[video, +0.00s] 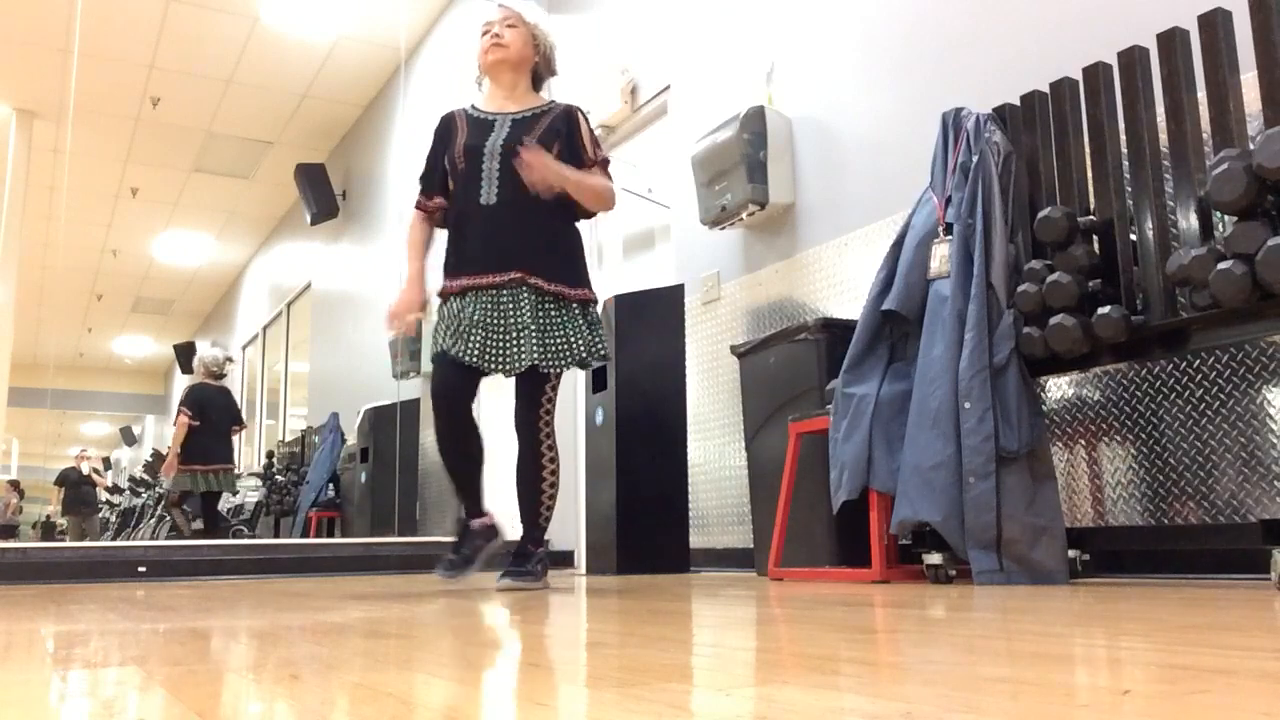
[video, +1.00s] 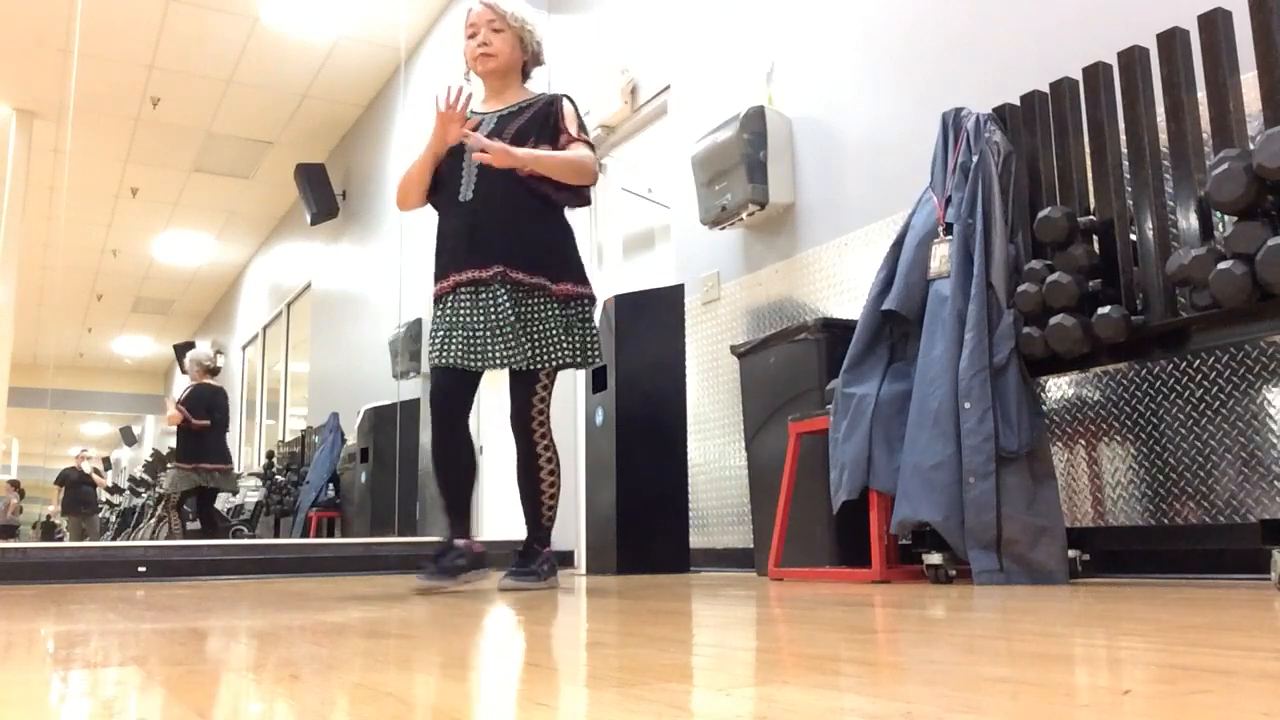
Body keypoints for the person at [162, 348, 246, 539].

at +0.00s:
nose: (196, 369)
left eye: (198, 366)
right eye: (198, 366)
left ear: (202, 369)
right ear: (221, 370)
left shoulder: (194, 391)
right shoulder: (225, 392)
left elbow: (183, 422)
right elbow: (238, 425)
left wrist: (172, 455)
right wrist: (218, 435)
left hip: (193, 465)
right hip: (220, 464)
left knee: (172, 504)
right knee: (210, 511)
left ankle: (187, 538)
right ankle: (212, 553)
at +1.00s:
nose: (188, 372)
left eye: (189, 367)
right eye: (188, 368)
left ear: (198, 368)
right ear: (208, 368)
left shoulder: (192, 392)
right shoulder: (220, 392)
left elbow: (177, 419)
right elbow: (223, 425)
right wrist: (194, 422)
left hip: (190, 463)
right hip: (217, 463)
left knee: (173, 505)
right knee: (205, 508)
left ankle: (178, 548)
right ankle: (213, 550)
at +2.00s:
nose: (175, 365)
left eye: (179, 361)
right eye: (177, 361)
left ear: (186, 366)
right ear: (198, 368)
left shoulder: (185, 389)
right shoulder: (203, 392)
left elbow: (182, 421)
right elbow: (217, 428)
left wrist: (158, 440)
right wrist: (224, 461)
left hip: (175, 464)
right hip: (191, 464)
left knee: (176, 512)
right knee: (162, 513)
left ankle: (192, 555)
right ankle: (154, 556)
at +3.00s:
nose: (188, 366)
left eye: (191, 362)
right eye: (190, 362)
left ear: (197, 365)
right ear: (214, 366)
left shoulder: (198, 390)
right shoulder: (221, 390)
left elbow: (185, 423)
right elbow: (227, 424)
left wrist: (162, 432)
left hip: (194, 465)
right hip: (218, 465)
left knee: (191, 514)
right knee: (214, 512)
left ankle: (197, 557)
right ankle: (227, 553)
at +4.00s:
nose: (194, 368)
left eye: (197, 364)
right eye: (195, 363)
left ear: (205, 367)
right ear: (214, 368)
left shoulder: (214, 391)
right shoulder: (208, 389)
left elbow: (183, 412)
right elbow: (181, 410)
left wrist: (173, 386)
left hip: (203, 463)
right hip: (195, 462)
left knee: (193, 510)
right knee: (191, 510)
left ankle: (200, 554)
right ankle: (198, 553)